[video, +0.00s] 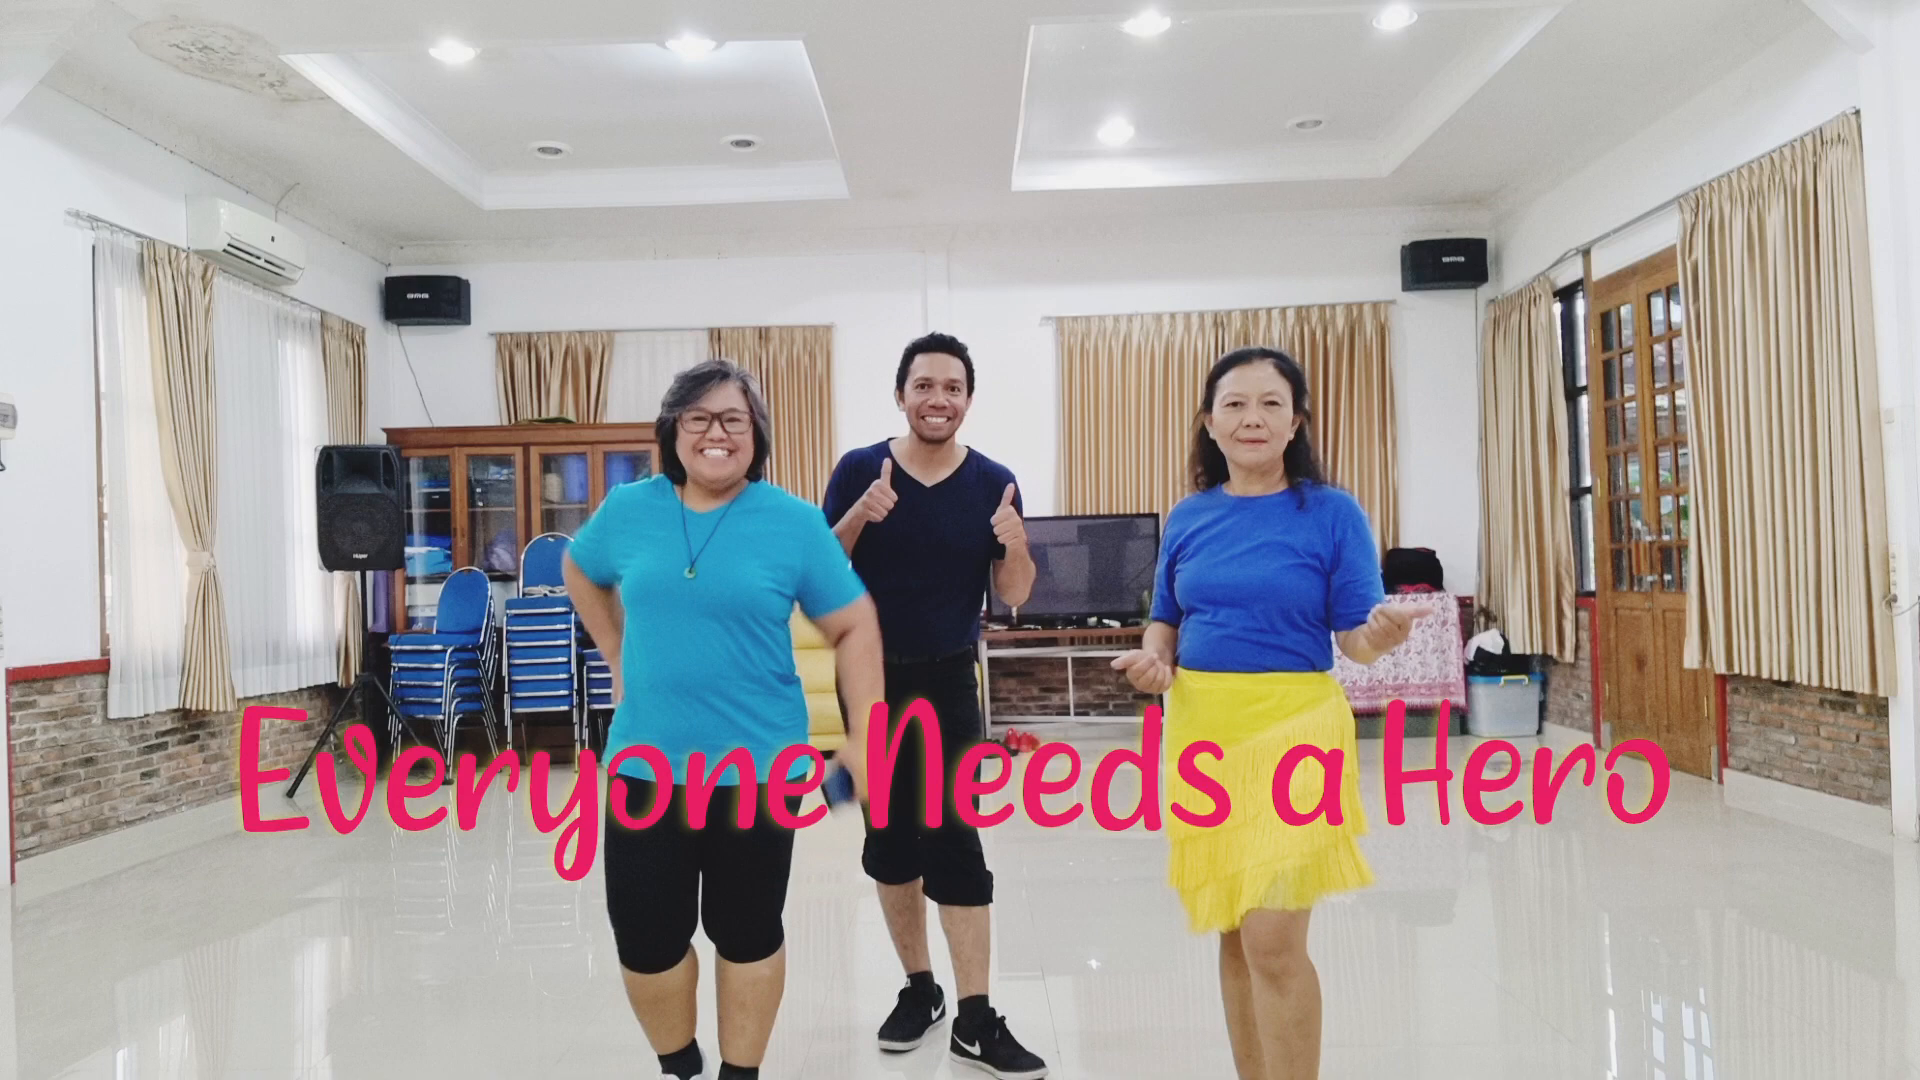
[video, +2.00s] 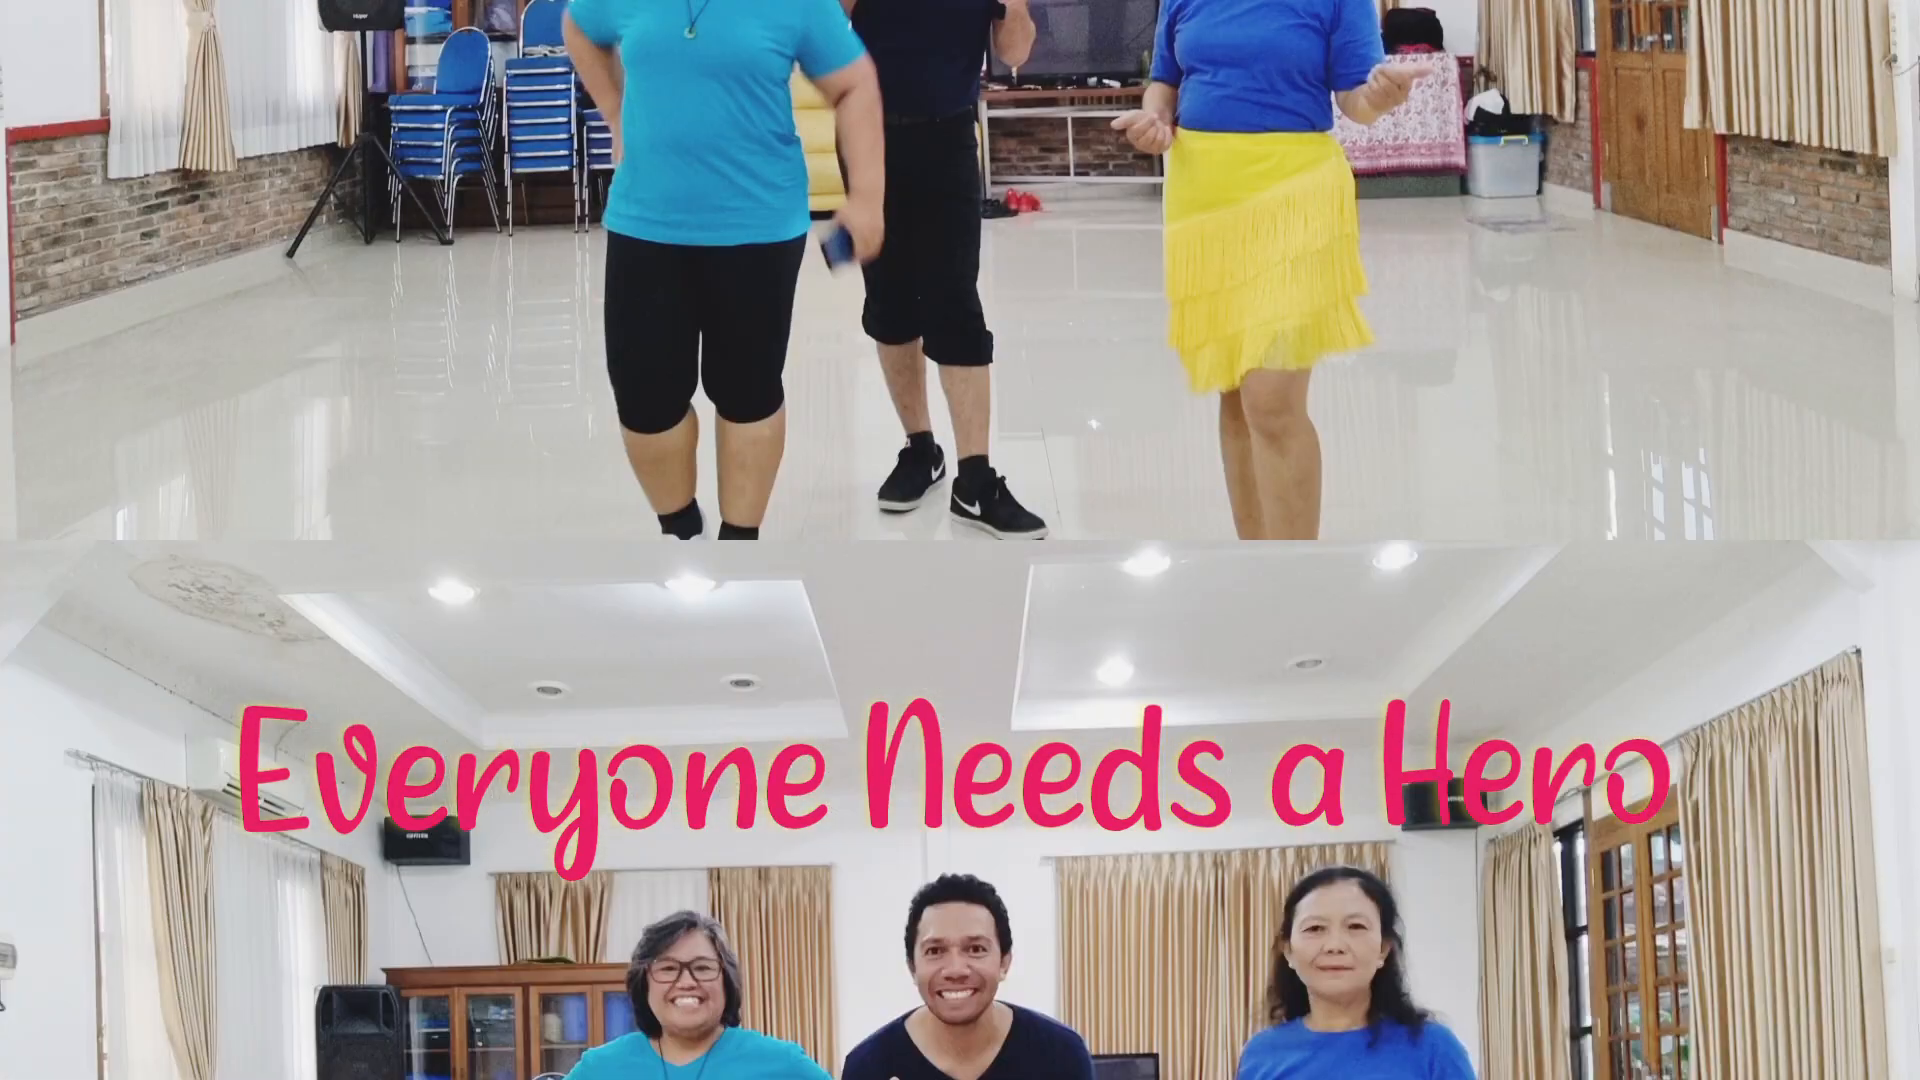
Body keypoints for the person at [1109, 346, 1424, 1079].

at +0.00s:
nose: (1252, 418)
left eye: (1270, 404)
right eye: (1234, 404)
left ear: (1295, 421)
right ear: (1210, 421)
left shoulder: (1333, 512)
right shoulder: (1186, 517)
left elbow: (1356, 643)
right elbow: (1163, 628)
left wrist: (1380, 635)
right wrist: (1151, 660)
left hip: (1297, 723)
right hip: (1204, 724)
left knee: (1272, 941)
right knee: (1237, 941)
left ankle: (1296, 1077)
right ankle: (1254, 1078)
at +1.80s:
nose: (1252, 302)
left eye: (1270, 287)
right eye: (1234, 288)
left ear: (1295, 304)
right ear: (1210, 305)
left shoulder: (1333, 396)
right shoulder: (1186, 401)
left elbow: (1356, 526)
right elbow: (1163, 508)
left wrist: (1380, 516)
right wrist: (1150, 542)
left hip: (1295, 607)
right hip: (1202, 608)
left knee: (1272, 817)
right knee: (1233, 818)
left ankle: (1296, 1004)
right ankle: (1259, 997)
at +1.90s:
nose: (1252, 141)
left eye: (1270, 127)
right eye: (1235, 128)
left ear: (1296, 143)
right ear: (1210, 145)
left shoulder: (1333, 236)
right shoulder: (1186, 241)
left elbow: (1357, 367)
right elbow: (1163, 346)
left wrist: (1381, 357)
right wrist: (1152, 381)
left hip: (1295, 446)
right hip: (1202, 449)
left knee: (1271, 663)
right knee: (1236, 663)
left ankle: (1304, 836)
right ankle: (1255, 830)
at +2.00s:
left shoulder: (1339, 1)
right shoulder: (1183, 3)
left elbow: (1355, 100)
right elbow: (1164, 78)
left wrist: (1384, 93)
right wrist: (1154, 117)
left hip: (1294, 179)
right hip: (1204, 182)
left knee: (1271, 400)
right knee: (1237, 400)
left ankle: (1295, 587)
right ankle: (1257, 577)